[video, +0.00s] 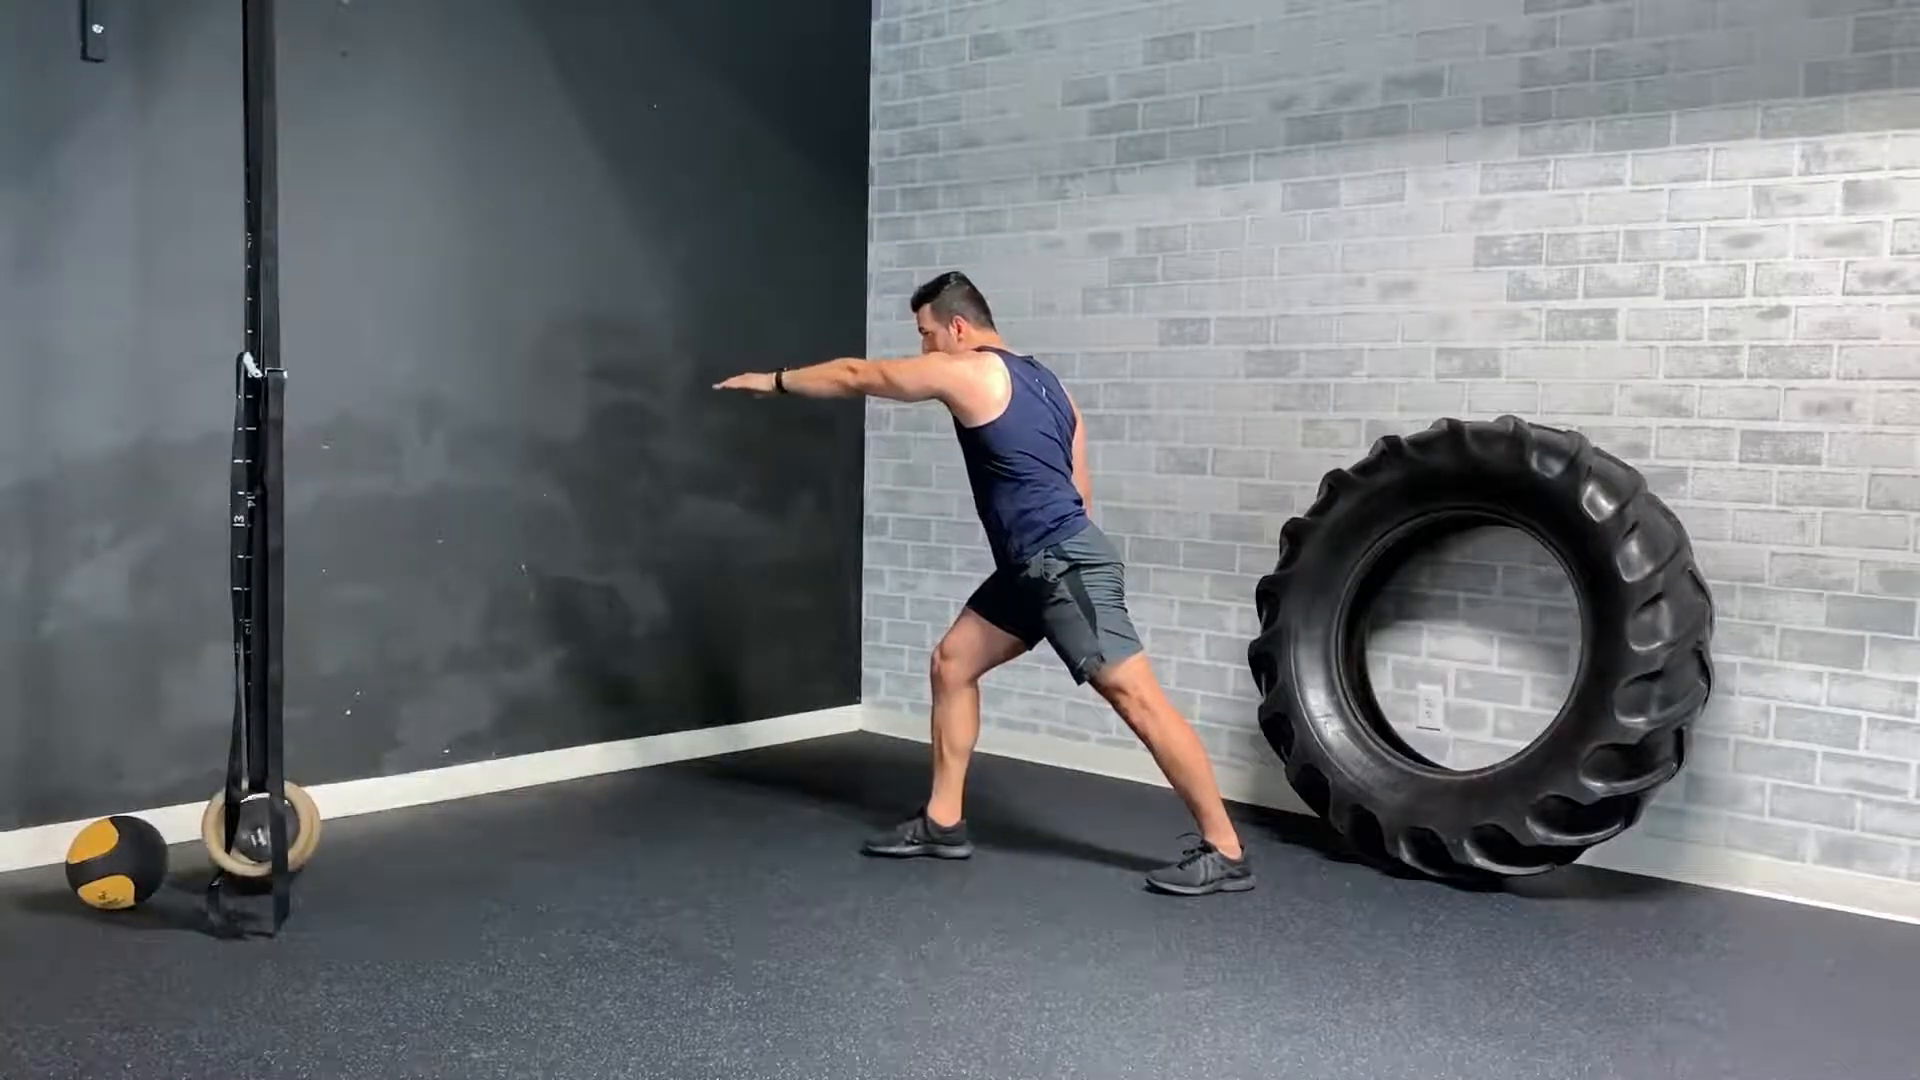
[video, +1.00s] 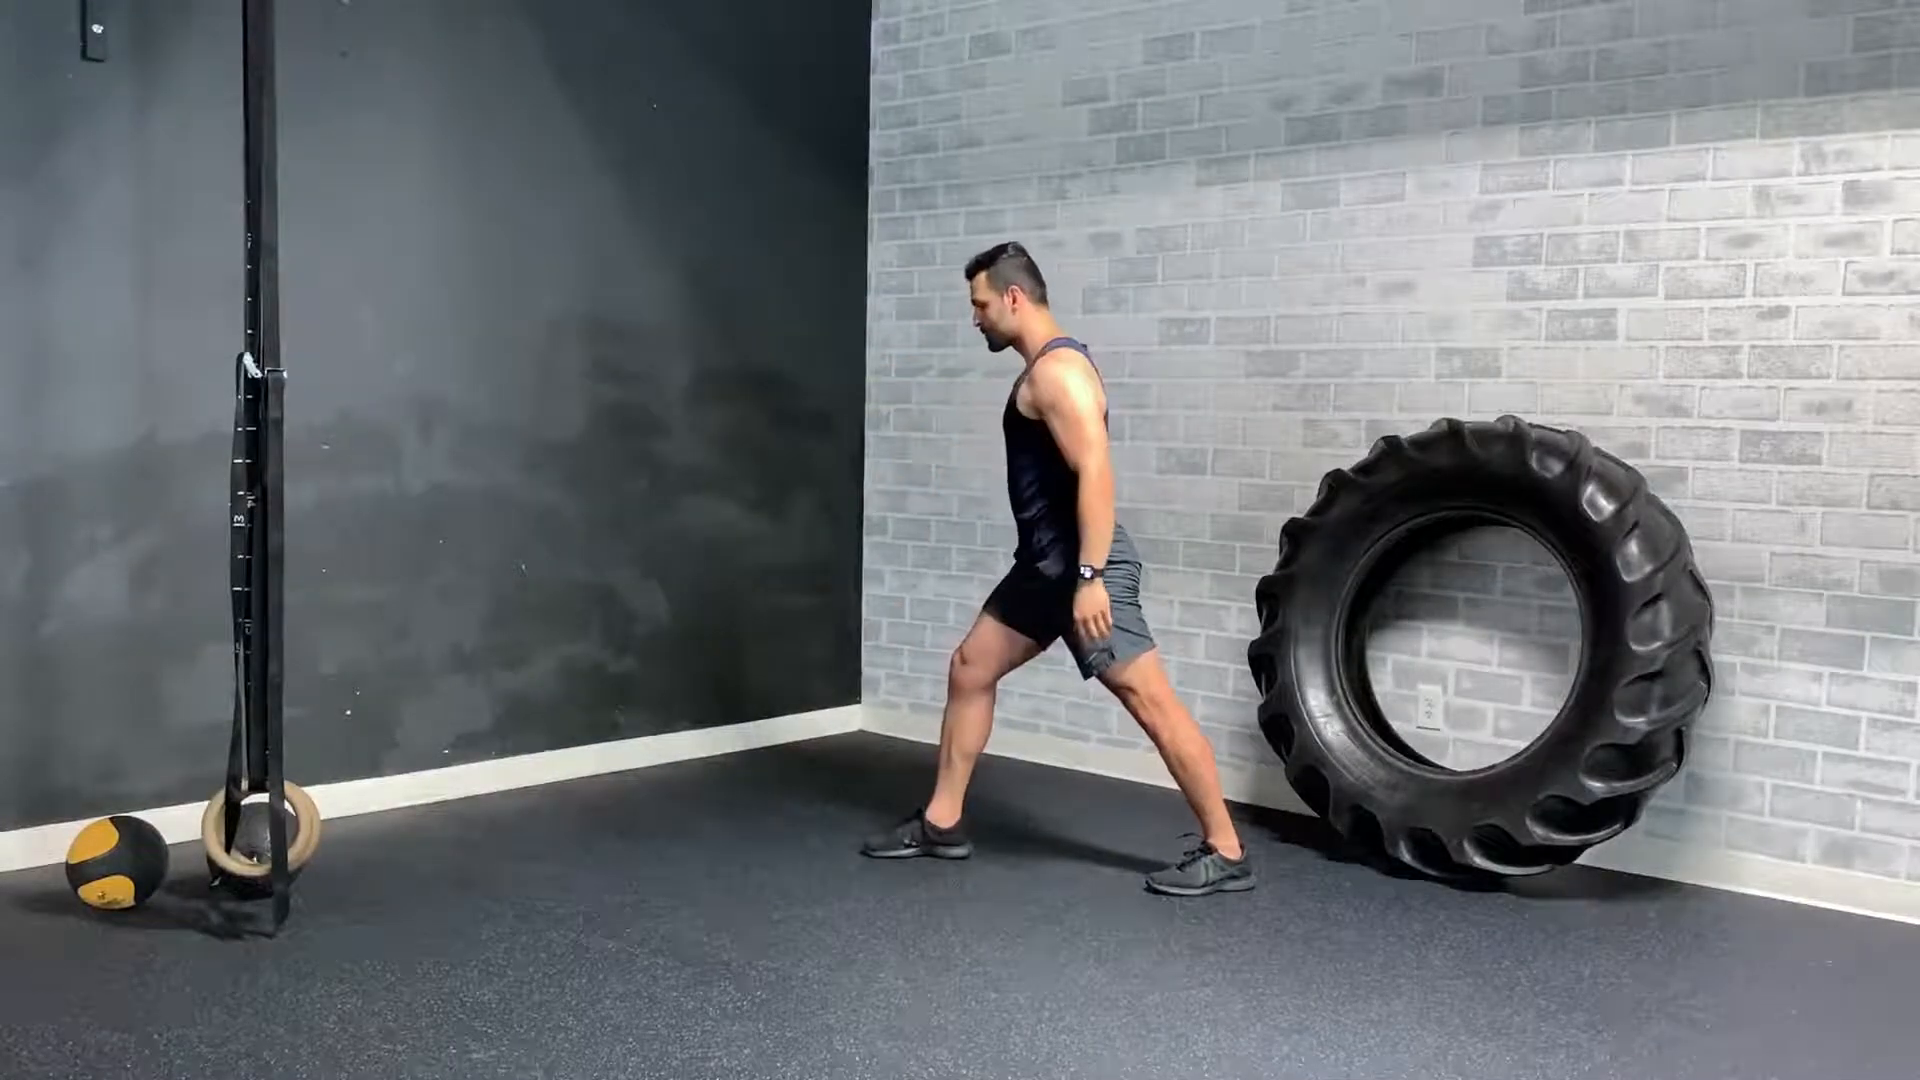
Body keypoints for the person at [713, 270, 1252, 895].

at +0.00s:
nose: (924, 349)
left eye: (926, 335)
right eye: (922, 337)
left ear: (957, 325)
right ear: (977, 324)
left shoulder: (966, 371)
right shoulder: (1047, 384)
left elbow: (860, 376)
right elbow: (1076, 489)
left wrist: (774, 380)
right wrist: (1066, 550)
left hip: (1064, 560)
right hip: (1039, 568)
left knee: (1140, 701)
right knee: (953, 662)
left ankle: (1226, 850)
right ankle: (942, 822)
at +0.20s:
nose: (928, 347)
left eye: (931, 333)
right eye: (926, 335)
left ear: (964, 322)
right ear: (983, 322)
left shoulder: (967, 368)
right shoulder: (1051, 382)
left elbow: (864, 374)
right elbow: (1078, 487)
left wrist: (777, 376)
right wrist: (1041, 547)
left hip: (1067, 562)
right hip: (1041, 569)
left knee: (1144, 705)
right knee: (955, 662)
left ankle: (1225, 850)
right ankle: (941, 822)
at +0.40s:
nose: (932, 343)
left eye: (934, 329)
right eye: (931, 331)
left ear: (966, 319)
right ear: (985, 318)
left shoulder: (971, 370)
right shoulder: (1057, 381)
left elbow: (869, 388)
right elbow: (1080, 488)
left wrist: (778, 398)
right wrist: (1043, 547)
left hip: (1066, 560)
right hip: (1045, 567)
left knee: (1140, 701)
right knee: (957, 662)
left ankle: (1226, 849)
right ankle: (942, 822)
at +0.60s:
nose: (950, 334)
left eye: (953, 319)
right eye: (948, 321)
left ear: (985, 313)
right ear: (1003, 313)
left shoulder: (992, 379)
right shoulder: (1070, 378)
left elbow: (914, 471)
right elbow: (1087, 490)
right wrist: (1051, 550)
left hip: (1069, 564)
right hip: (1045, 565)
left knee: (1139, 704)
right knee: (959, 662)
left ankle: (1225, 848)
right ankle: (942, 825)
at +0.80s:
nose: (964, 324)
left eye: (967, 310)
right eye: (962, 311)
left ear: (1000, 305)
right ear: (1014, 305)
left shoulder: (1016, 380)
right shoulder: (1067, 365)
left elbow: (1032, 493)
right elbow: (1093, 481)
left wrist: (1033, 588)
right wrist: (1053, 547)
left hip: (1076, 559)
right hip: (1058, 555)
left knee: (1141, 700)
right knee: (965, 666)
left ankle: (1225, 848)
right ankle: (940, 824)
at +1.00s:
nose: (974, 317)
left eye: (979, 303)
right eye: (973, 305)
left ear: (1015, 298)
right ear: (1020, 300)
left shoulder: (1059, 372)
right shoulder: (1045, 368)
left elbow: (1095, 472)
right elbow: (1073, 477)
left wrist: (1091, 576)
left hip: (1083, 564)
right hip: (1045, 564)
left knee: (1152, 701)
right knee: (970, 671)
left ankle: (1226, 849)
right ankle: (941, 825)